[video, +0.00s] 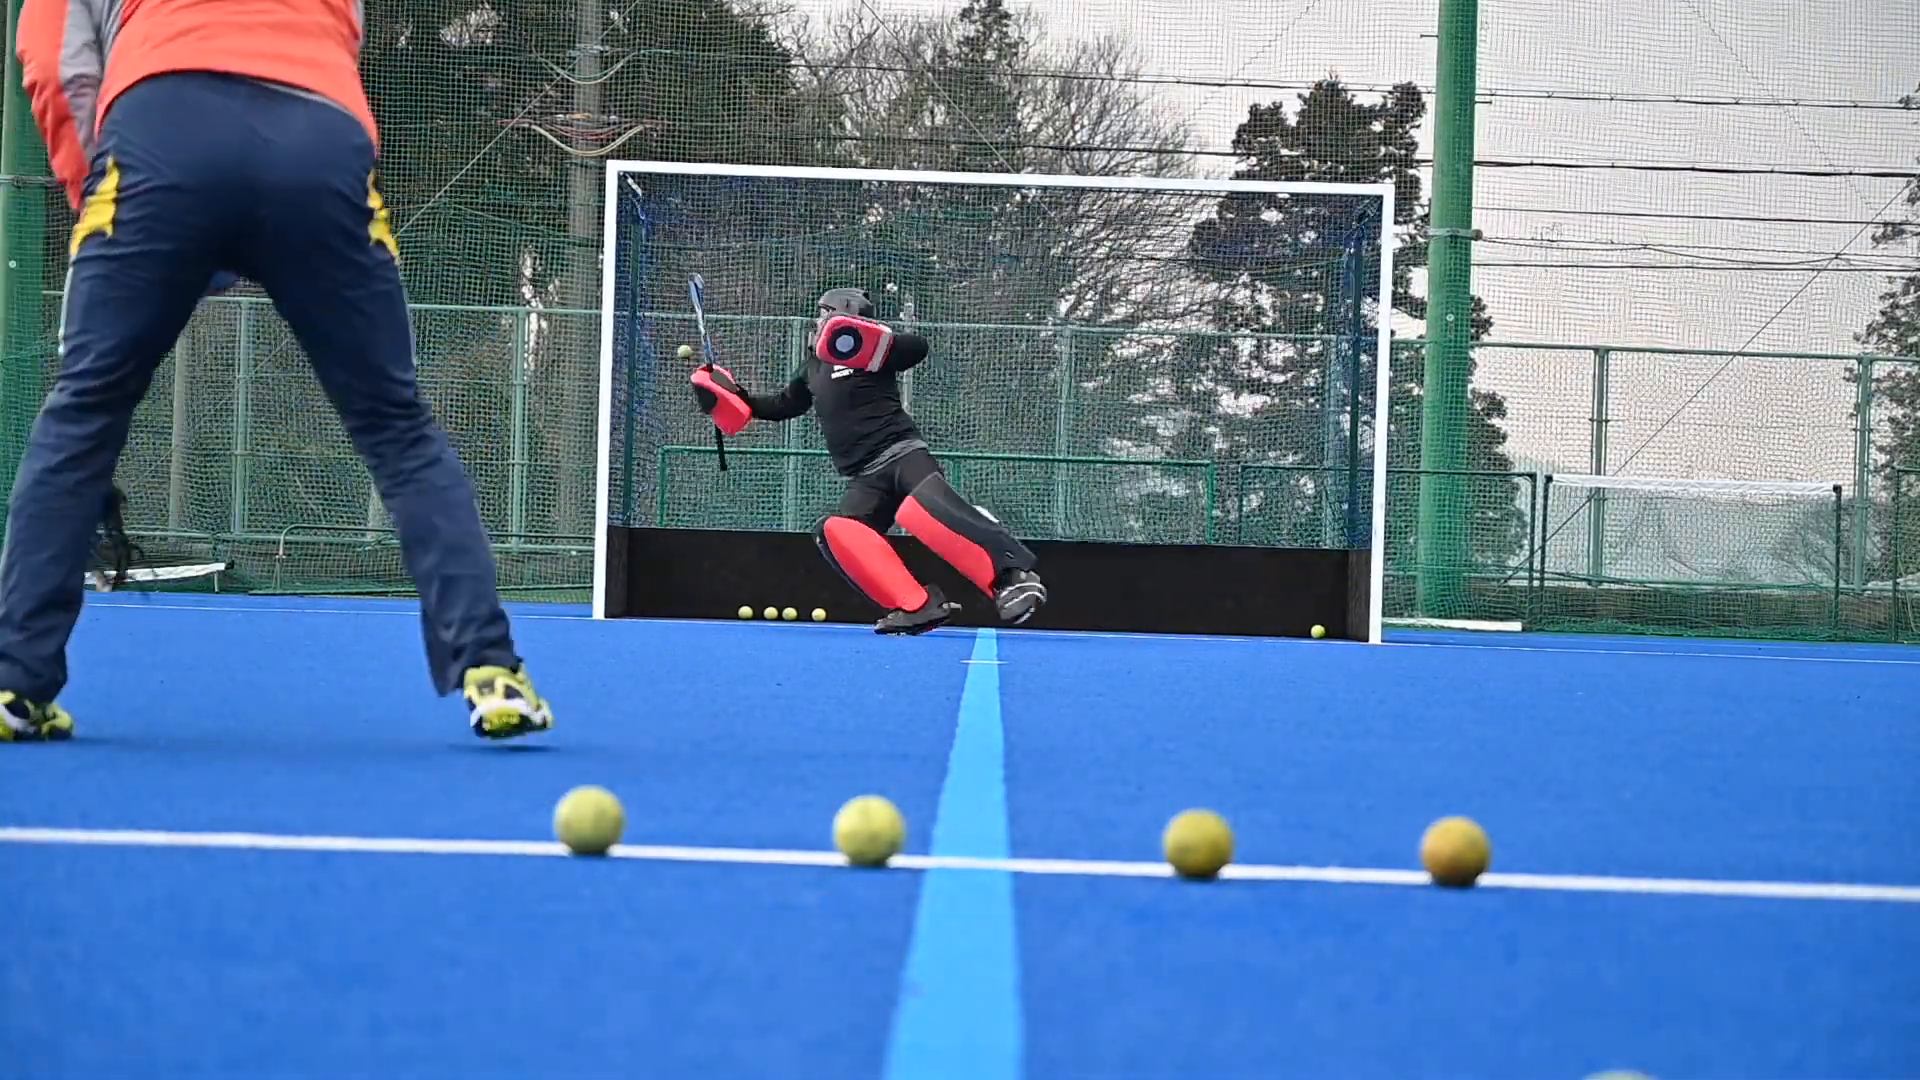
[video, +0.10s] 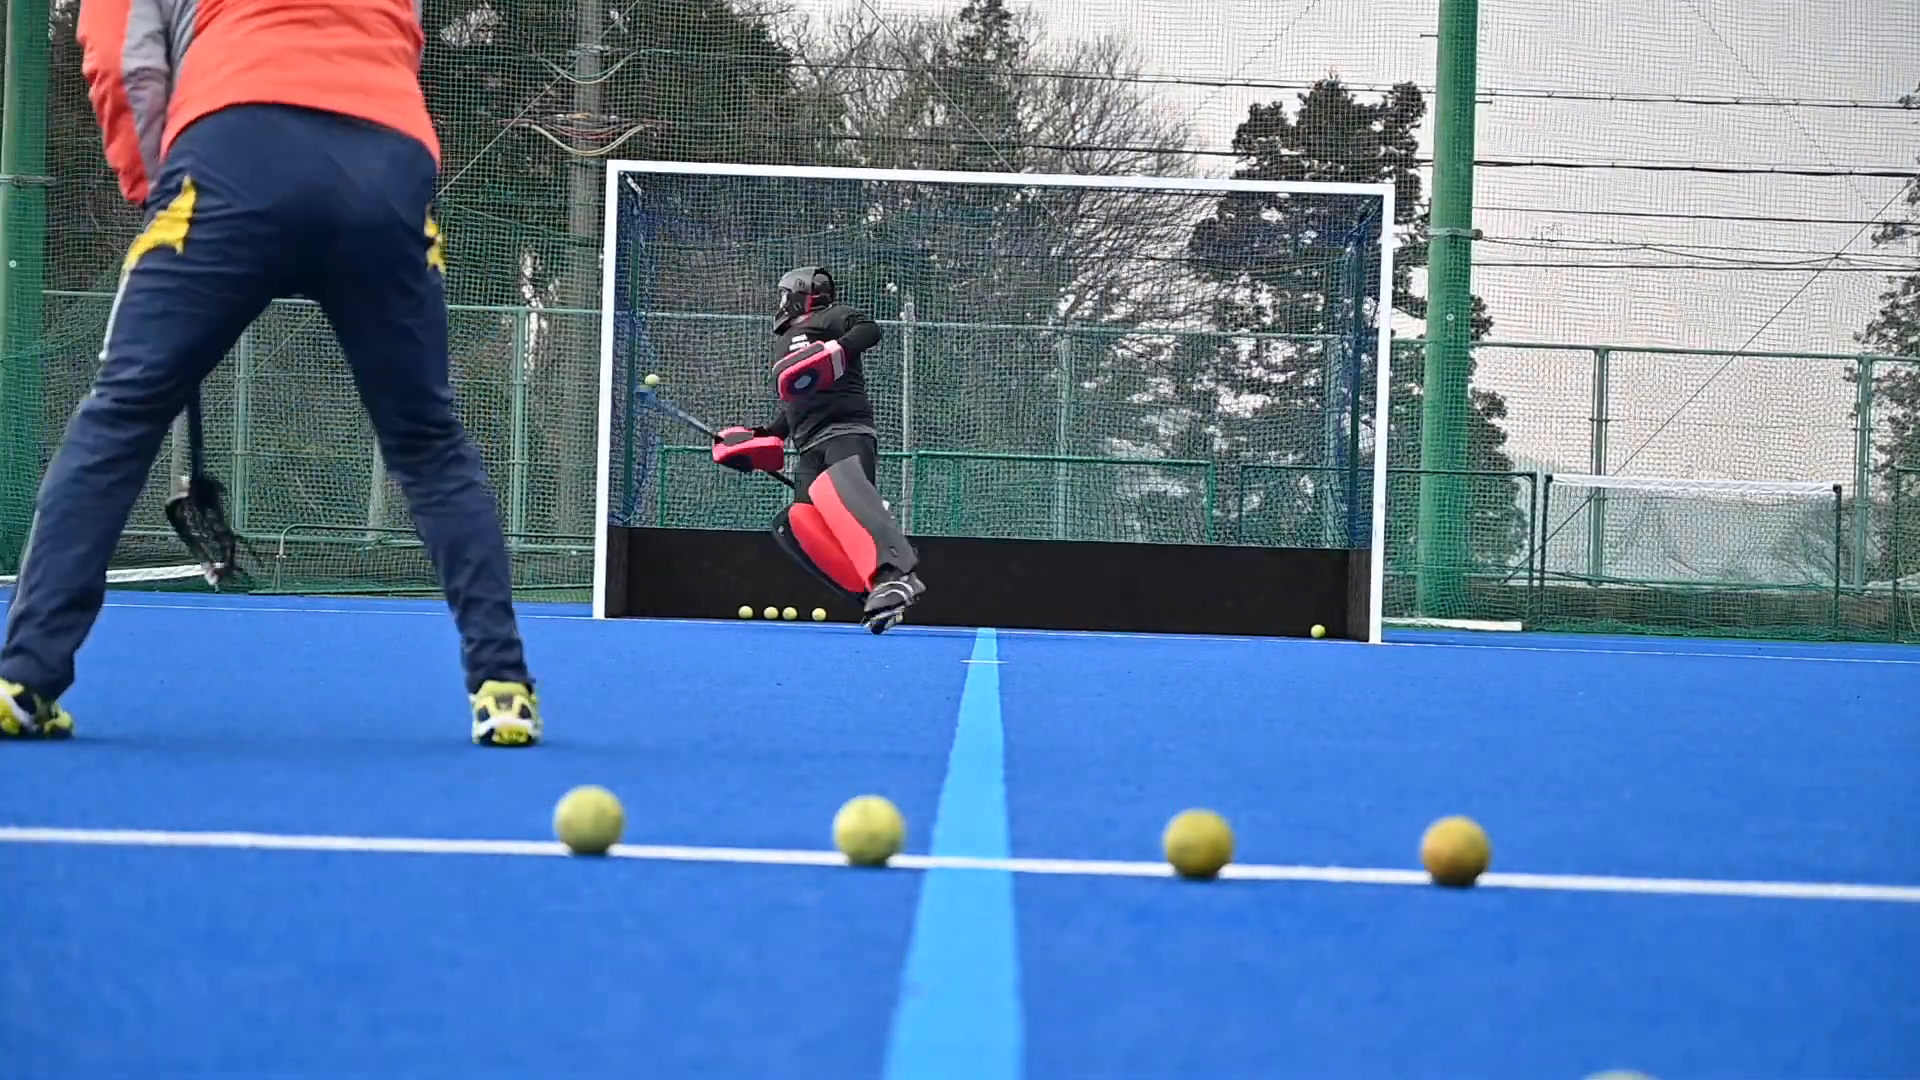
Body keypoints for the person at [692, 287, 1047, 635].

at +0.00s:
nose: (828, 329)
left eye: (838, 322)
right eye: (824, 322)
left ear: (859, 322)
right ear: (817, 326)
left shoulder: (874, 352)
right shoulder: (811, 368)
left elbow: (919, 348)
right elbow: (780, 404)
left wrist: (866, 335)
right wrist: (731, 393)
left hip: (903, 452)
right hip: (862, 478)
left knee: (929, 505)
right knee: (838, 531)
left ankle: (1015, 577)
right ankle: (919, 605)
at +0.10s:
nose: (779, 303)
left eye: (786, 296)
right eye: (782, 297)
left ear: (805, 296)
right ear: (805, 296)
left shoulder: (830, 316)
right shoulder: (784, 344)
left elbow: (870, 330)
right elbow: (794, 404)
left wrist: (834, 351)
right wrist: (762, 435)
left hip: (845, 428)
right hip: (809, 447)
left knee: (847, 485)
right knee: (792, 525)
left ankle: (897, 575)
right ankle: (872, 593)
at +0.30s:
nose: (699, 336)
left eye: (702, 329)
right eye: (699, 330)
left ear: (713, 324)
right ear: (739, 326)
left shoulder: (724, 341)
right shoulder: (759, 361)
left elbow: (743, 377)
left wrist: (708, 418)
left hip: (759, 448)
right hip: (784, 455)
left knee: (710, 514)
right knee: (722, 525)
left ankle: (704, 594)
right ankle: (717, 599)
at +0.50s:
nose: (668, 307)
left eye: (666, 303)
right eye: (669, 302)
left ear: (653, 312)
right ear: (688, 311)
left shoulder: (649, 343)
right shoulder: (716, 349)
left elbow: (631, 394)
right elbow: (739, 408)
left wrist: (588, 434)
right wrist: (757, 465)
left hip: (668, 451)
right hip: (715, 459)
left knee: (616, 520)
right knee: (694, 539)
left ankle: (575, 596)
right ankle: (708, 590)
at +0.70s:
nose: (626, 293)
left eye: (606, 289)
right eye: (629, 288)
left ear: (596, 297)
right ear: (633, 292)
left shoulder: (582, 335)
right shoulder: (662, 330)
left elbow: (553, 392)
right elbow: (685, 389)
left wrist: (520, 434)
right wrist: (717, 425)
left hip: (603, 453)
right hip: (654, 455)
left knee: (579, 527)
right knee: (661, 526)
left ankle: (558, 599)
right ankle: (658, 564)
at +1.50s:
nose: (665, 293)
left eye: (663, 286)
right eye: (662, 287)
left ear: (622, 287)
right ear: (654, 288)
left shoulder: (594, 323)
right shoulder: (665, 324)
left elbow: (574, 381)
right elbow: (677, 377)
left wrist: (585, 413)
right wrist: (726, 382)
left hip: (608, 440)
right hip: (655, 441)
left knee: (587, 519)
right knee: (669, 524)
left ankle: (556, 588)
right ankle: (668, 602)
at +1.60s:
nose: (683, 290)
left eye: (682, 283)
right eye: (680, 283)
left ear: (640, 284)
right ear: (670, 285)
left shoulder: (614, 321)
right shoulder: (682, 323)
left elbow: (600, 380)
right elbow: (709, 376)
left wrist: (591, 424)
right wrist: (751, 378)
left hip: (625, 439)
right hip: (669, 441)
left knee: (609, 514)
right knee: (675, 527)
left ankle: (577, 562)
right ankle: (668, 604)